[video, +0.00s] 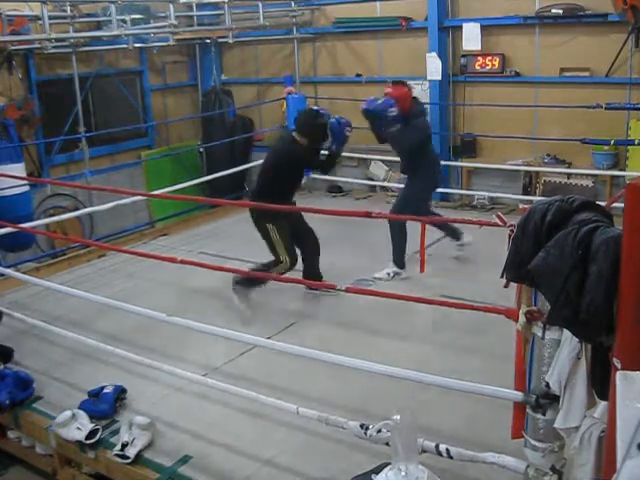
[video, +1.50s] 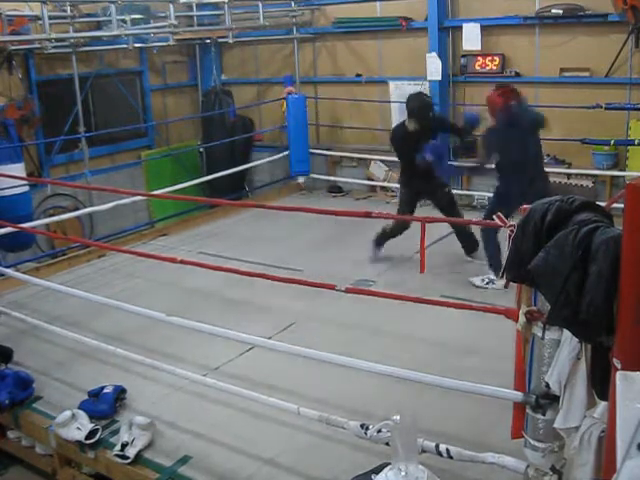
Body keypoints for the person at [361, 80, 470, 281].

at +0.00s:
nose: (394, 104)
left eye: (397, 100)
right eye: (392, 100)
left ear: (407, 99)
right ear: (393, 100)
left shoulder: (417, 118)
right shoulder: (398, 115)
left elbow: (403, 143)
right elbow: (382, 138)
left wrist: (390, 124)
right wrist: (374, 118)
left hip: (425, 173)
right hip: (417, 172)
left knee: (396, 216)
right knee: (421, 211)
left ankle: (398, 266)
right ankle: (458, 236)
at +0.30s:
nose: (434, 111)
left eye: (438, 107)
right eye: (433, 107)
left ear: (449, 107)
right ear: (435, 108)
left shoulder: (464, 129)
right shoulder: (448, 125)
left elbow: (471, 161)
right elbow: (435, 144)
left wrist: (445, 157)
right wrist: (420, 129)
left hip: (468, 184)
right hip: (464, 183)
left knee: (438, 221)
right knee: (478, 222)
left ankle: (411, 263)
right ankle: (510, 251)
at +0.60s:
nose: (451, 109)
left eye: (454, 105)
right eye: (450, 104)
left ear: (466, 104)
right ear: (451, 104)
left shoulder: (481, 123)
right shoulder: (467, 113)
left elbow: (482, 156)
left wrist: (462, 148)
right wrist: (437, 121)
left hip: (498, 167)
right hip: (494, 165)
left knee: (480, 214)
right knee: (493, 211)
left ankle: (484, 267)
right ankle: (516, 250)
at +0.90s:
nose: (484, 107)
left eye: (488, 103)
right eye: (483, 103)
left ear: (500, 104)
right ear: (498, 104)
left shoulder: (514, 124)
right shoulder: (502, 118)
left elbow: (507, 155)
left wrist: (485, 138)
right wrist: (475, 115)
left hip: (522, 177)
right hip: (517, 174)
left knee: (492, 216)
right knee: (525, 220)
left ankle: (487, 268)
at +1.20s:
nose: (505, 134)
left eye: (508, 130)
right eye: (503, 130)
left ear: (516, 123)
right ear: (499, 123)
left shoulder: (525, 142)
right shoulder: (521, 125)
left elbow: (512, 171)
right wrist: (481, 117)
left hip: (531, 190)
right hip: (540, 185)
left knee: (499, 218)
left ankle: (502, 268)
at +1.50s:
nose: (489, 112)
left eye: (491, 108)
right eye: (490, 107)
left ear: (496, 109)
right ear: (515, 104)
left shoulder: (497, 132)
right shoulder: (530, 119)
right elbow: (541, 121)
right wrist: (521, 107)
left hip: (512, 189)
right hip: (538, 186)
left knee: (488, 225)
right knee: (539, 225)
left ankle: (496, 273)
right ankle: (542, 274)